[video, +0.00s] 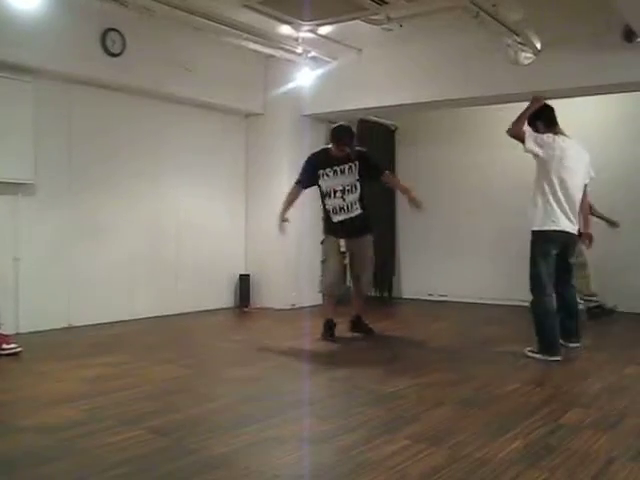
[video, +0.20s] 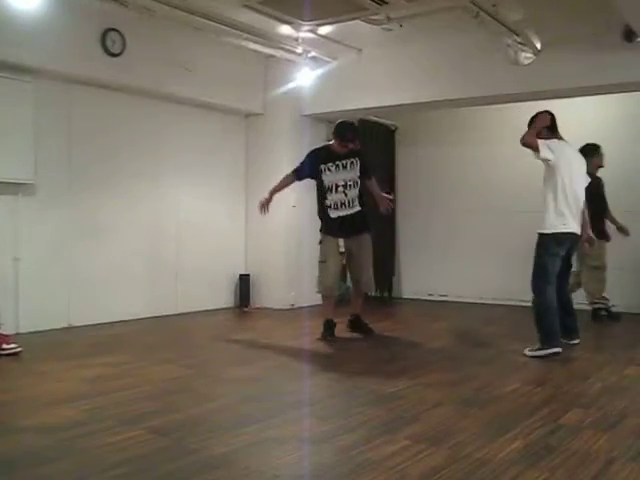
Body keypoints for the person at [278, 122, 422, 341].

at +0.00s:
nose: (345, 152)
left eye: (348, 148)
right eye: (341, 149)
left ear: (352, 144)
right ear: (332, 144)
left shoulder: (360, 158)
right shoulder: (316, 161)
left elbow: (385, 176)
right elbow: (299, 187)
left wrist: (408, 194)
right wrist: (284, 211)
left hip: (359, 227)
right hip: (332, 230)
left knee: (363, 276)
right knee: (331, 279)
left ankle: (357, 319)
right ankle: (329, 323)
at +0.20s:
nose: (352, 148)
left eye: (354, 144)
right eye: (348, 145)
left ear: (355, 142)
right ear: (337, 141)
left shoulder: (357, 156)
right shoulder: (317, 157)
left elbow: (368, 178)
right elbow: (294, 176)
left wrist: (379, 196)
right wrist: (270, 195)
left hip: (358, 227)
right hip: (331, 229)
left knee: (362, 278)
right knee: (329, 280)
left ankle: (356, 318)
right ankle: (329, 322)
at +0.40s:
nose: (353, 147)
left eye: (355, 143)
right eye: (349, 143)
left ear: (358, 140)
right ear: (339, 137)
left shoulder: (359, 153)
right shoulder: (322, 151)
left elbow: (367, 170)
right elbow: (292, 162)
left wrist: (379, 182)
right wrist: (262, 172)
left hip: (356, 222)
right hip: (331, 224)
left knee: (360, 273)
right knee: (331, 274)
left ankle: (352, 319)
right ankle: (328, 324)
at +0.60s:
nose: (360, 147)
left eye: (362, 143)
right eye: (357, 143)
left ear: (361, 141)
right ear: (345, 139)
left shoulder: (363, 157)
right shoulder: (324, 154)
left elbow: (384, 165)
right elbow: (295, 160)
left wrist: (405, 174)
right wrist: (266, 164)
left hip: (357, 226)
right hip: (332, 226)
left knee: (357, 276)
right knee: (332, 277)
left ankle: (351, 321)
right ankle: (328, 325)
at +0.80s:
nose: (364, 143)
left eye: (365, 140)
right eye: (361, 139)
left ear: (360, 139)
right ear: (348, 138)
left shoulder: (363, 157)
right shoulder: (332, 157)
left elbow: (384, 167)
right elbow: (331, 183)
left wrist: (405, 171)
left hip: (357, 226)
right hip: (335, 226)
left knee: (357, 276)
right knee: (334, 277)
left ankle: (350, 319)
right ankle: (329, 324)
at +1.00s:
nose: (360, 140)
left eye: (360, 137)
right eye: (356, 137)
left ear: (355, 137)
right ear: (345, 137)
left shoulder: (356, 155)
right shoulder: (335, 156)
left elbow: (362, 163)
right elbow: (357, 178)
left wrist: (336, 161)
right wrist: (378, 190)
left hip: (354, 223)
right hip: (334, 223)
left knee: (356, 274)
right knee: (333, 275)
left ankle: (349, 319)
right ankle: (326, 323)